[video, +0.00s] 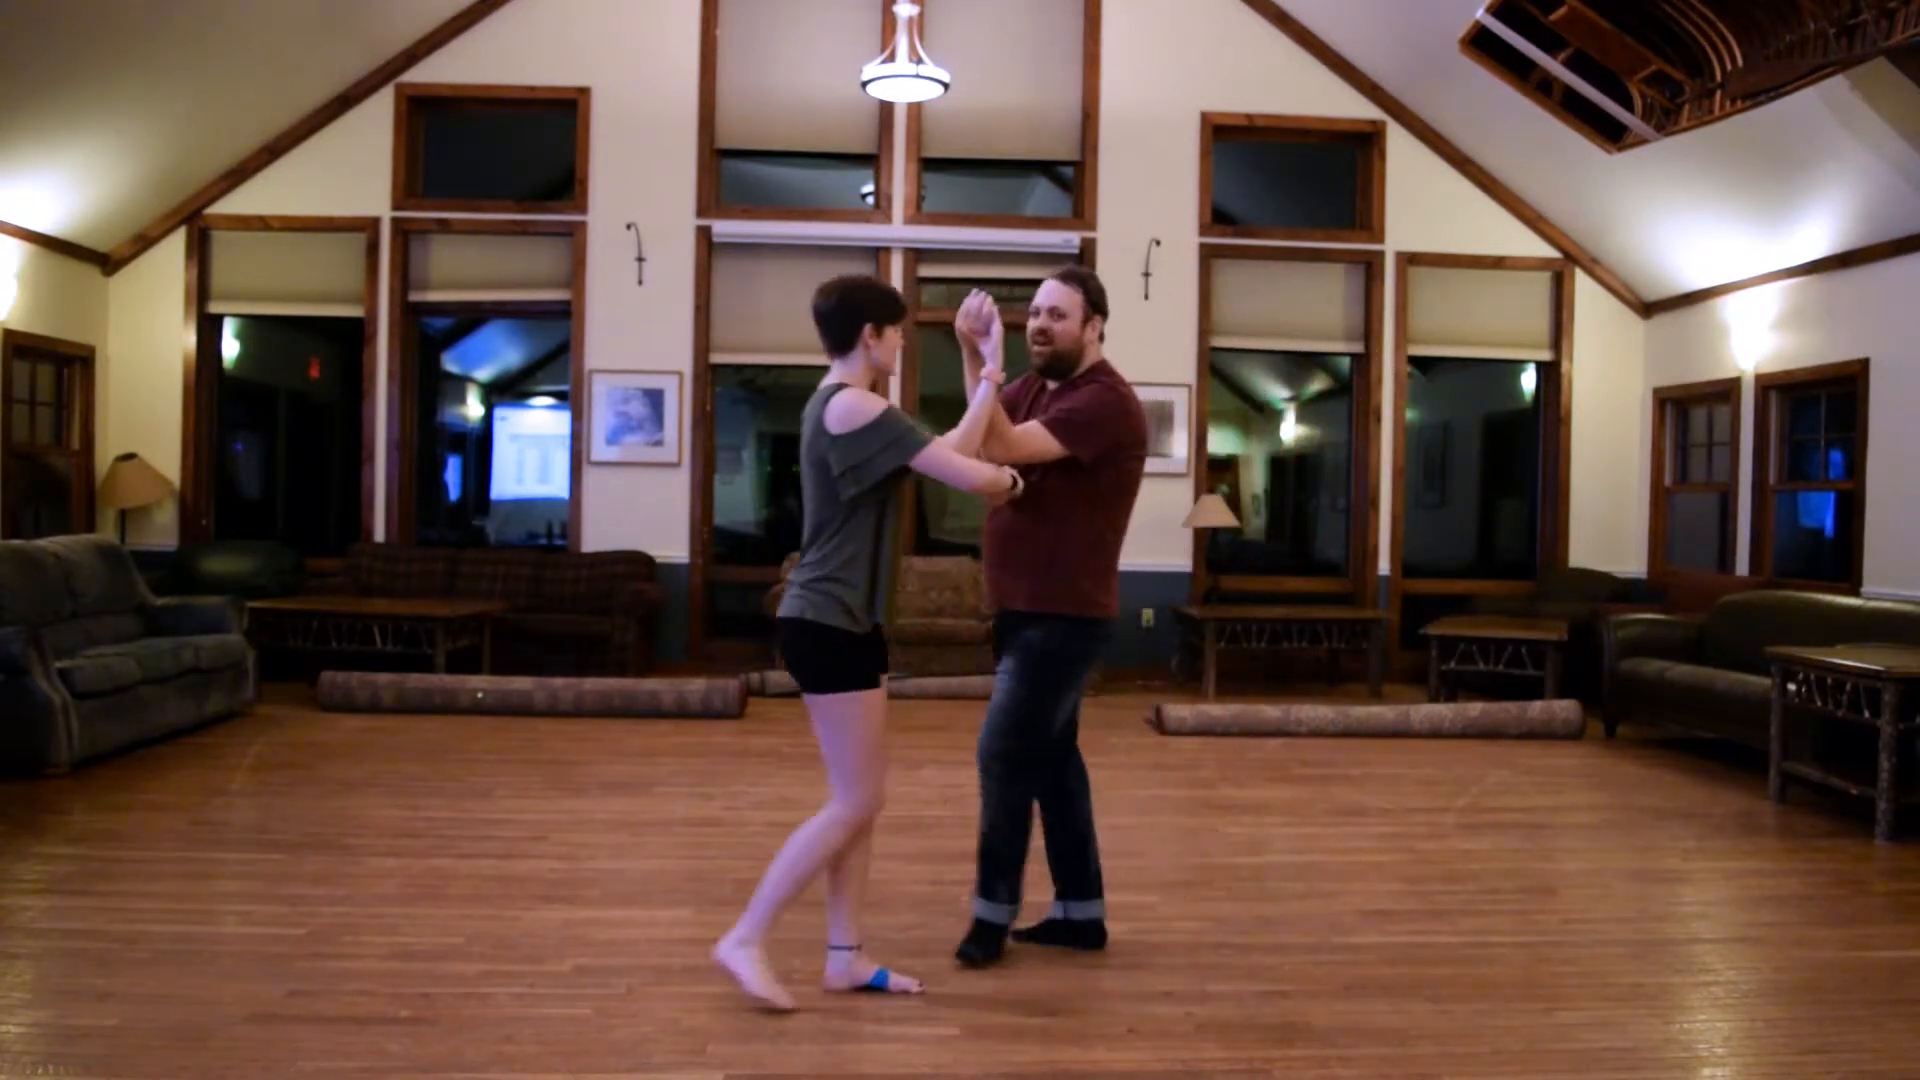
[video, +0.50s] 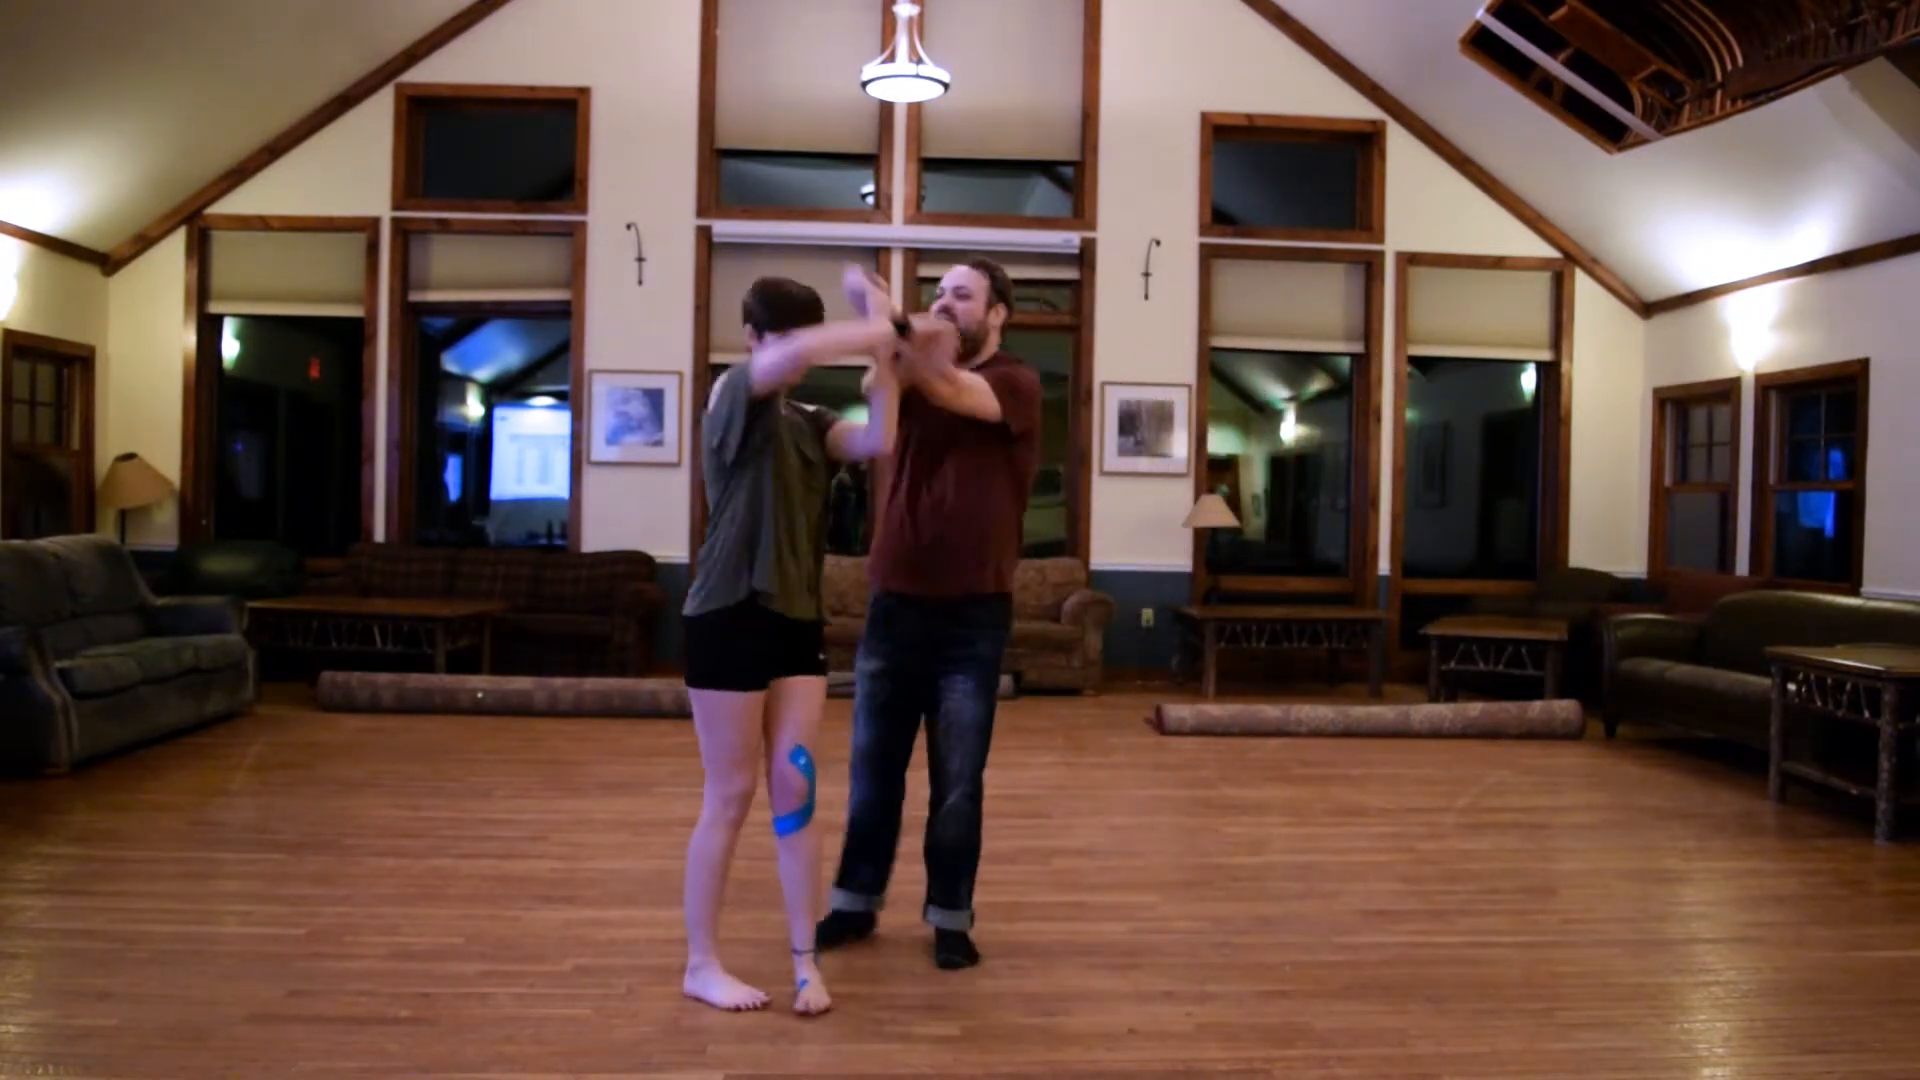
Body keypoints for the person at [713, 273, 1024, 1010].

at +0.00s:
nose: (903, 343)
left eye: (900, 331)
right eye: (898, 331)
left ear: (847, 338)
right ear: (872, 337)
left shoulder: (840, 402)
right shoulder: (856, 408)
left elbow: (937, 457)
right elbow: (977, 478)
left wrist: (985, 395)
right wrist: (1007, 481)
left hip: (839, 618)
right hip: (830, 621)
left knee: (861, 797)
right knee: (856, 800)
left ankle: (843, 956)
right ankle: (743, 939)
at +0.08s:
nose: (883, 344)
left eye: (880, 332)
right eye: (876, 332)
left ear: (829, 339)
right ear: (848, 337)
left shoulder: (826, 404)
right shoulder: (831, 408)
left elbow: (911, 457)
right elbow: (959, 476)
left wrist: (970, 402)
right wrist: (996, 487)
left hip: (838, 625)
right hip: (801, 626)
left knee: (854, 788)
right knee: (805, 802)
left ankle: (843, 958)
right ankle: (712, 954)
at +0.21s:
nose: (853, 348)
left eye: (852, 337)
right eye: (848, 336)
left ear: (805, 341)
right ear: (818, 338)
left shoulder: (807, 406)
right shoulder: (798, 409)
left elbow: (892, 456)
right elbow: (919, 474)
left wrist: (952, 397)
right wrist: (973, 484)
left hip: (812, 627)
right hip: (761, 627)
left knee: (834, 786)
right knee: (750, 798)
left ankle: (838, 958)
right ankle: (705, 966)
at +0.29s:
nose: (837, 349)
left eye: (837, 337)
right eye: (830, 336)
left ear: (789, 340)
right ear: (797, 338)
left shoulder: (788, 408)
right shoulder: (778, 407)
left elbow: (871, 474)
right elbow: (892, 464)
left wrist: (914, 428)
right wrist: (960, 464)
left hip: (796, 625)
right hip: (741, 625)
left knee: (826, 785)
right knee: (732, 796)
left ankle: (834, 956)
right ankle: (703, 966)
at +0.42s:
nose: (817, 352)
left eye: (820, 339)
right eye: (806, 338)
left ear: (806, 342)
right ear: (764, 337)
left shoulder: (803, 417)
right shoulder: (746, 402)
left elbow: (873, 468)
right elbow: (846, 409)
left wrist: (908, 379)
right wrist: (922, 394)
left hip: (794, 621)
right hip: (728, 620)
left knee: (807, 787)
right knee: (728, 795)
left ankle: (816, 956)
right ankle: (701, 965)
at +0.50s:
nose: (786, 354)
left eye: (792, 343)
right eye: (779, 343)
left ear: (778, 341)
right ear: (762, 342)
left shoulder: (810, 423)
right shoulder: (730, 403)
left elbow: (876, 439)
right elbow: (787, 353)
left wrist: (886, 360)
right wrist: (882, 329)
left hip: (796, 619)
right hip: (727, 616)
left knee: (793, 788)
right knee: (729, 794)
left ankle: (805, 960)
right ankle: (701, 965)